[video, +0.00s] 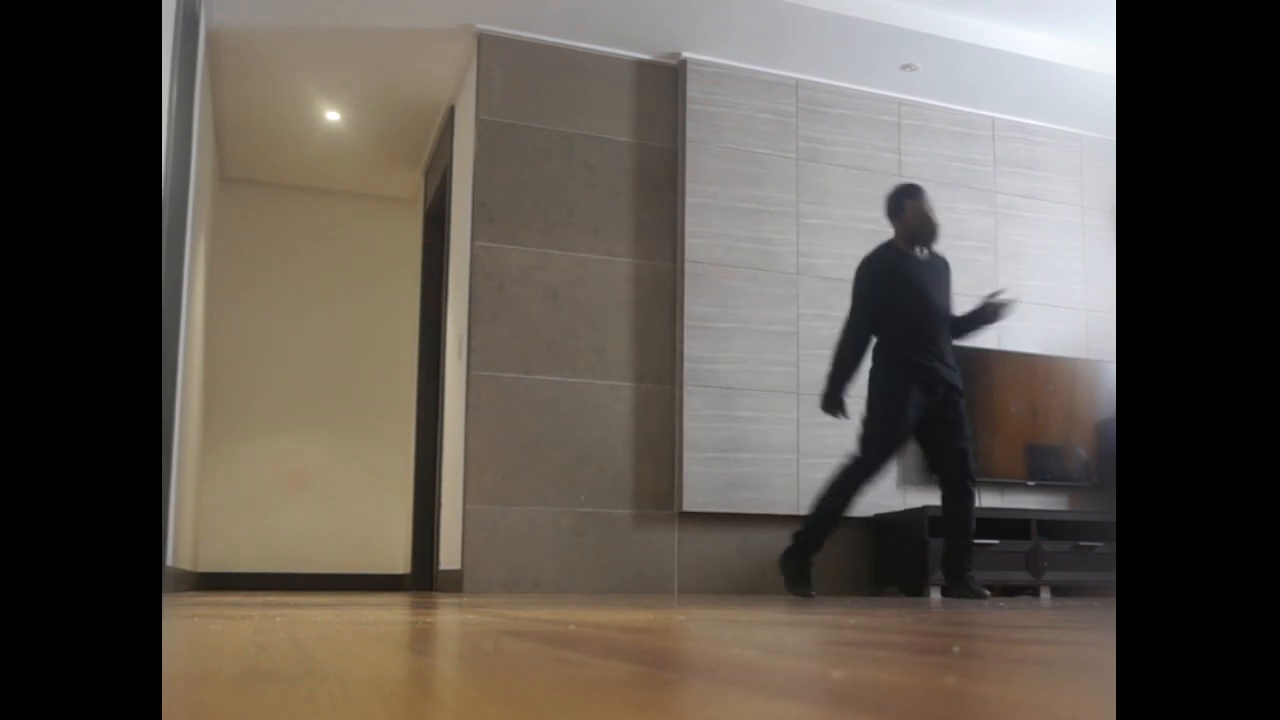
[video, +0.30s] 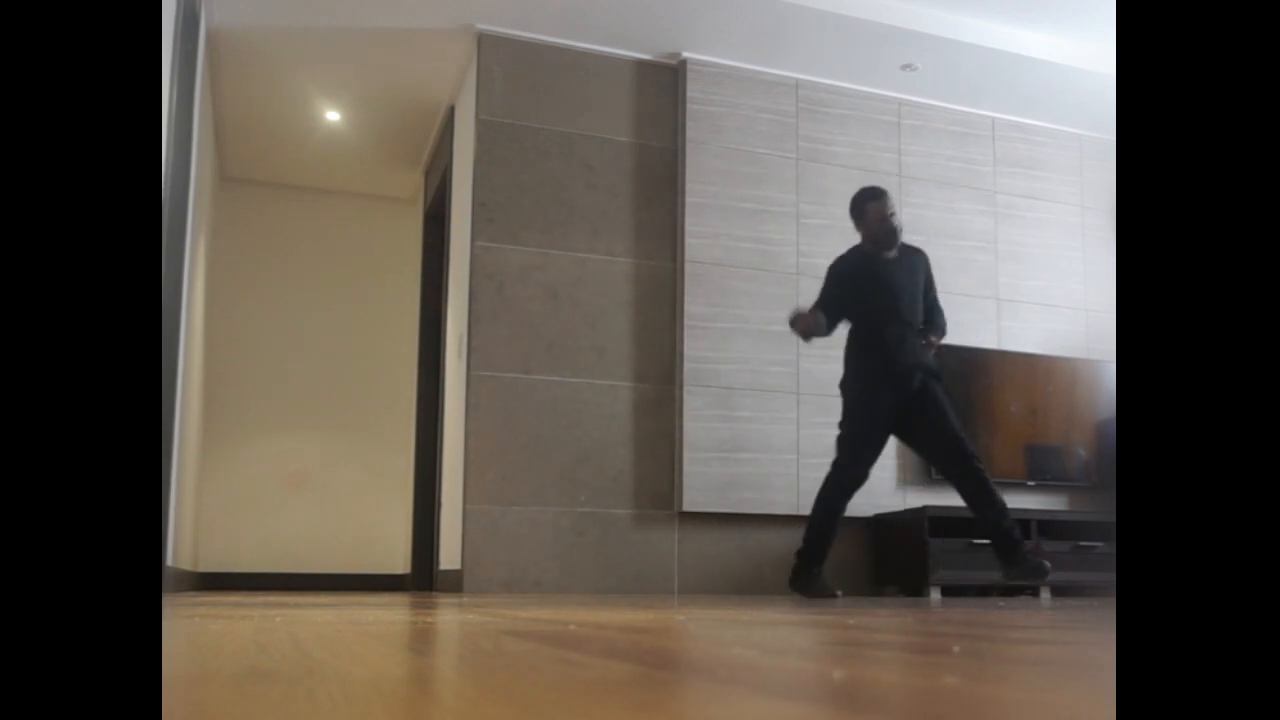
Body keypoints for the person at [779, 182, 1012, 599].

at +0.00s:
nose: (931, 218)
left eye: (930, 210)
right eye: (921, 212)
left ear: (923, 216)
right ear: (899, 219)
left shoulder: (938, 267)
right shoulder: (879, 265)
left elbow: (942, 330)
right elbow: (858, 328)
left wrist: (981, 316)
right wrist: (836, 385)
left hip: (942, 386)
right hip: (895, 383)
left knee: (959, 480)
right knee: (868, 464)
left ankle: (957, 578)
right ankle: (799, 554)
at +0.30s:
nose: (892, 222)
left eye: (893, 215)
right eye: (882, 218)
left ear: (898, 216)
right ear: (861, 226)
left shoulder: (916, 260)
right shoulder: (847, 268)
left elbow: (933, 312)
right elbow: (827, 317)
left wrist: (933, 333)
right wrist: (809, 325)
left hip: (915, 385)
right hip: (869, 388)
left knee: (963, 464)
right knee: (847, 475)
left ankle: (1014, 555)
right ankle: (806, 571)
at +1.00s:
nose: (897, 231)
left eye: (902, 223)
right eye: (889, 223)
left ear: (907, 221)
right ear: (870, 218)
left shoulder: (915, 261)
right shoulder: (840, 261)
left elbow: (916, 323)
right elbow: (823, 325)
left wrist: (940, 338)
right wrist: (834, 305)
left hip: (919, 386)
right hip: (868, 389)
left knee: (963, 466)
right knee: (846, 477)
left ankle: (988, 564)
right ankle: (814, 574)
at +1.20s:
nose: (909, 229)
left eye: (914, 221)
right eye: (900, 222)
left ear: (920, 220)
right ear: (881, 224)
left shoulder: (938, 261)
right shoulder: (865, 269)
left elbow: (955, 318)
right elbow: (851, 327)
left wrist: (988, 348)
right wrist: (831, 370)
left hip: (923, 387)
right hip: (869, 385)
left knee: (950, 471)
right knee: (827, 453)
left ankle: (940, 575)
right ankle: (836, 558)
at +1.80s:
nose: (874, 205)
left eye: (874, 198)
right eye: (863, 203)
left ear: (879, 205)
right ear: (846, 217)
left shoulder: (907, 250)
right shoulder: (841, 256)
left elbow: (950, 289)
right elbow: (846, 303)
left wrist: (991, 331)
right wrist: (853, 344)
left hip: (910, 388)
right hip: (861, 386)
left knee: (940, 478)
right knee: (823, 476)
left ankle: (936, 576)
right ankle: (769, 570)